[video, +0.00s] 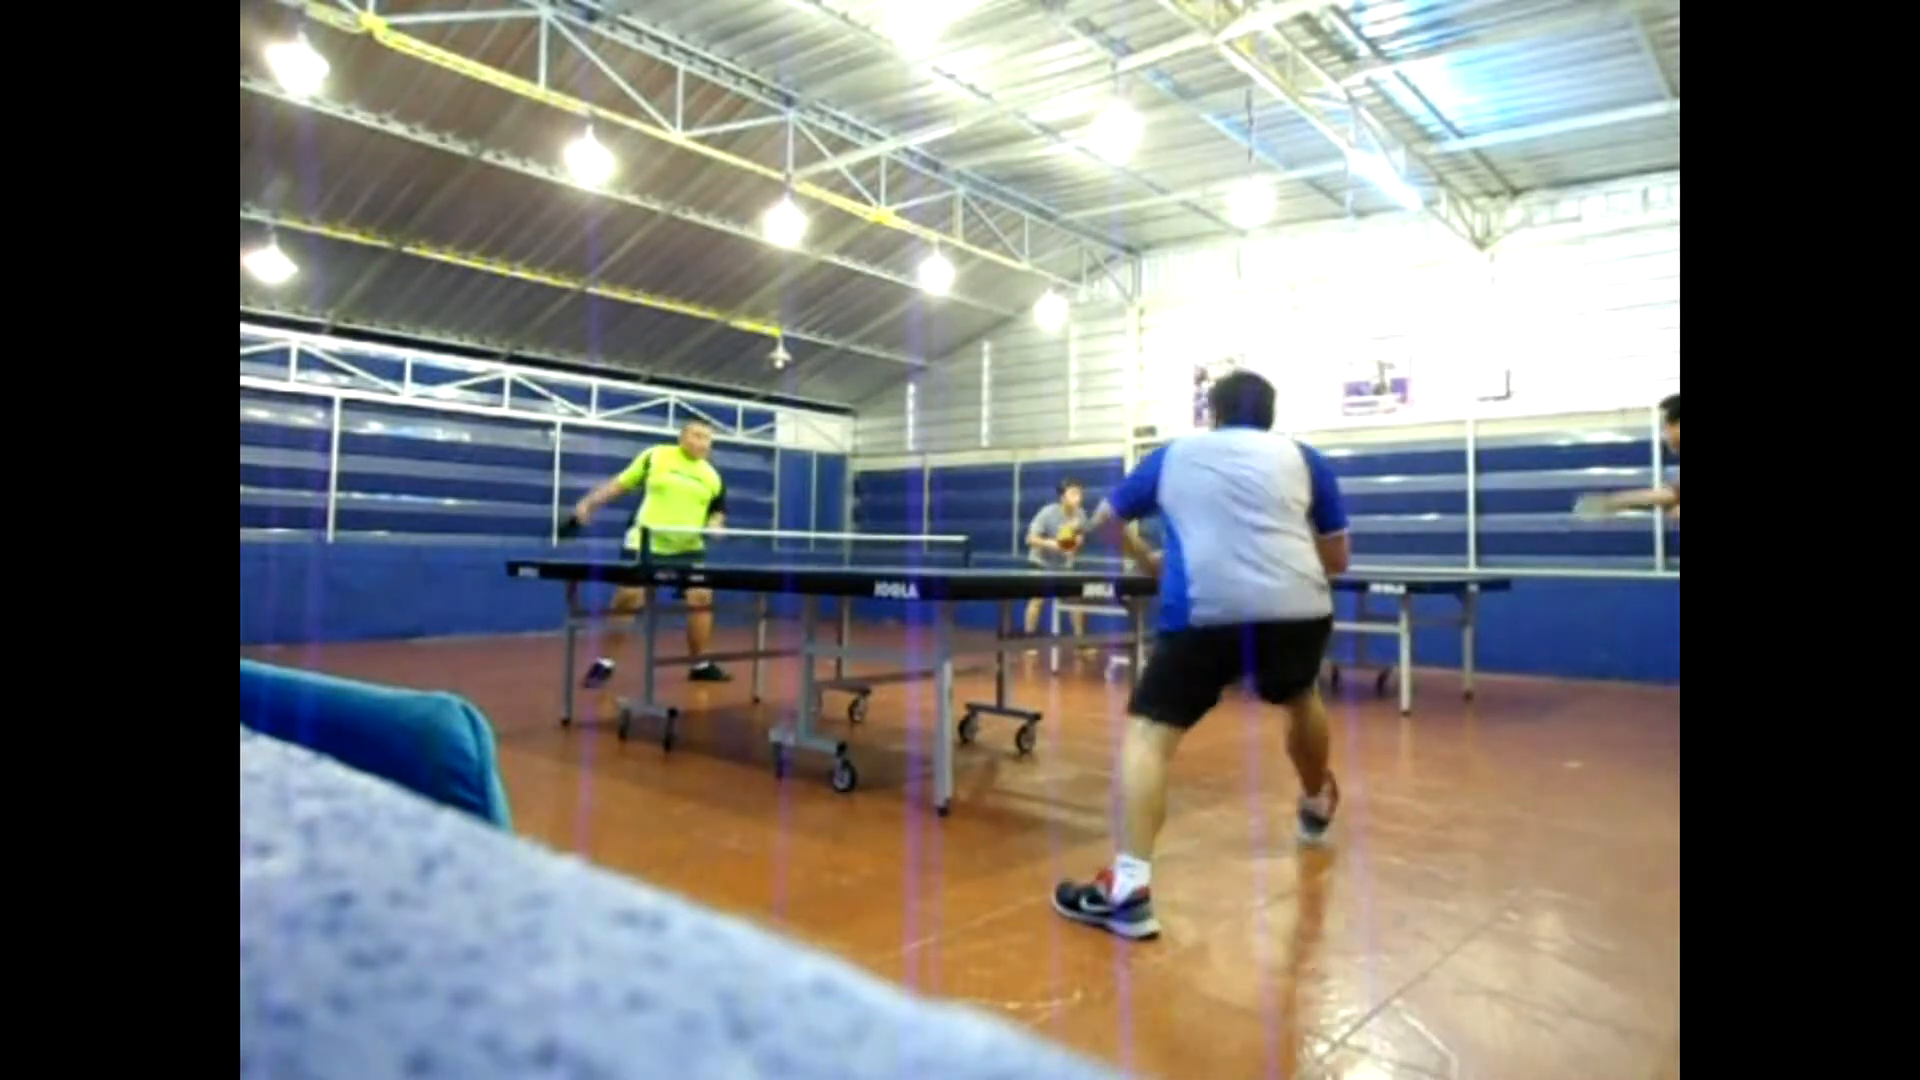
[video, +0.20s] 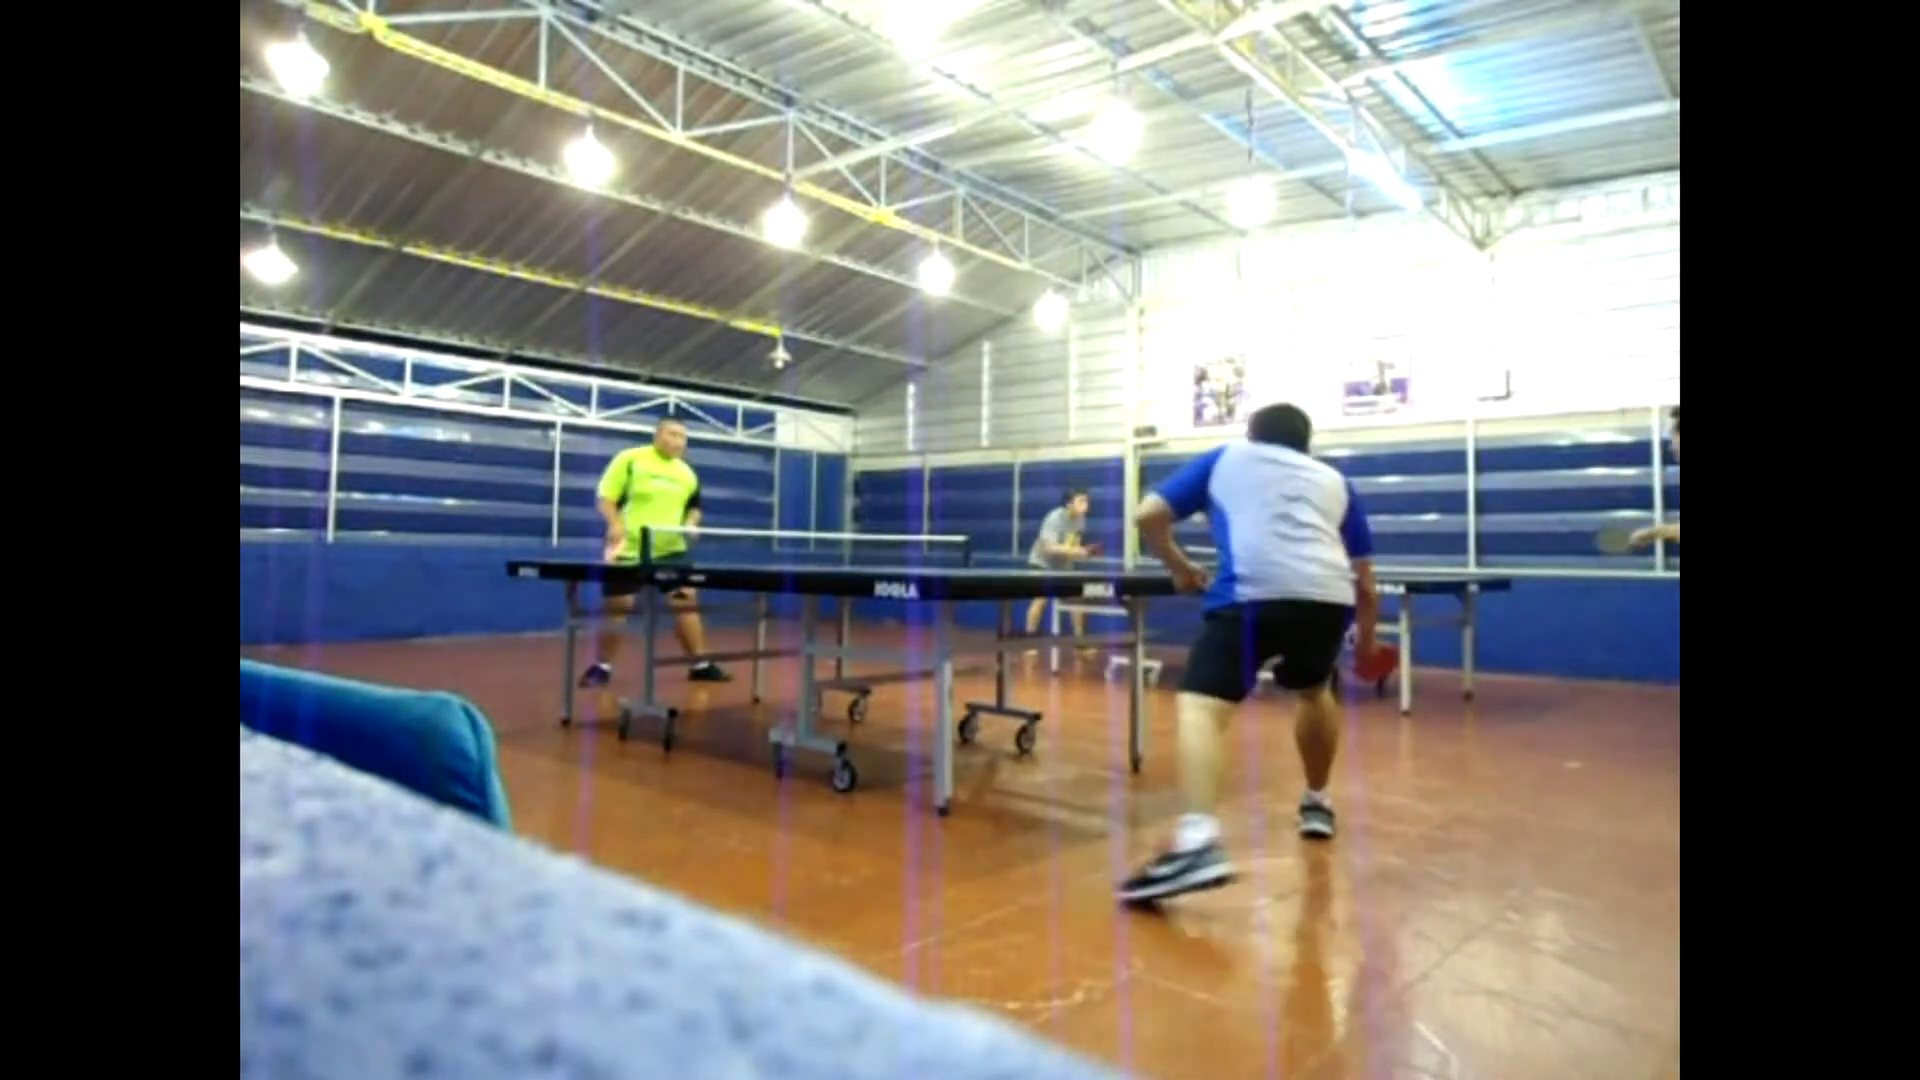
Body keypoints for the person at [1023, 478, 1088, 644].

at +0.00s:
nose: (1076, 498)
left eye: (1078, 493)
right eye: (1072, 493)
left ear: (1081, 496)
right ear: (1063, 496)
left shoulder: (1080, 515)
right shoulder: (1048, 513)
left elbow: (1082, 534)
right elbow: (1031, 537)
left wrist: (1075, 543)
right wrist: (1052, 545)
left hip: (1066, 563)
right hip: (1041, 563)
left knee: (1076, 600)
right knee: (1037, 599)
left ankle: (1080, 638)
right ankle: (1029, 636)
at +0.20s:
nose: (1084, 506)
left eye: (1086, 502)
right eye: (1080, 501)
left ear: (1087, 504)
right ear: (1070, 503)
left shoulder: (1079, 519)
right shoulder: (1055, 517)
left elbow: (1073, 544)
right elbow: (1049, 547)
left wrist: (1085, 551)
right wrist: (1078, 551)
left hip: (1065, 564)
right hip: (1042, 564)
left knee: (1077, 600)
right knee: (1041, 597)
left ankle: (1079, 639)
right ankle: (1029, 636)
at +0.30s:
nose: (1087, 502)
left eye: (1088, 498)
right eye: (1083, 498)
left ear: (1089, 501)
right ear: (1072, 499)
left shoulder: (1079, 516)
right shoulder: (1060, 515)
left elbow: (1074, 539)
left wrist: (1077, 551)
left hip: (1065, 562)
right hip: (1044, 563)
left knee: (1076, 600)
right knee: (1042, 598)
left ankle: (1079, 639)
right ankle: (1029, 635)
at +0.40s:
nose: (1089, 496)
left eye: (1090, 492)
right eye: (1085, 491)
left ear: (1091, 495)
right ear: (1075, 493)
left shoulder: (1081, 511)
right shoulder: (1063, 510)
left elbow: (1078, 535)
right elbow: (1074, 530)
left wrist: (1080, 556)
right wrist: (1096, 527)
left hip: (1069, 561)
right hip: (1049, 561)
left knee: (1077, 601)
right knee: (1042, 598)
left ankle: (1079, 638)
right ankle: (1030, 635)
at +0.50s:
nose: (1089, 492)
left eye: (1091, 488)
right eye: (1085, 487)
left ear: (1091, 492)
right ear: (1076, 489)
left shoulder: (1082, 509)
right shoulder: (1064, 505)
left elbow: (1079, 529)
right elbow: (1069, 526)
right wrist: (1091, 522)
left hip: (1072, 560)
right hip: (1051, 559)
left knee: (1077, 600)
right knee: (1042, 596)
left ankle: (1079, 638)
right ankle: (1029, 633)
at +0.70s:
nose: (1086, 491)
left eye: (1088, 487)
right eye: (1082, 486)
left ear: (1089, 491)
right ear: (1072, 488)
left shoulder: (1083, 509)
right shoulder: (1057, 506)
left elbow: (1083, 529)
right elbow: (1049, 530)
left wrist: (1080, 533)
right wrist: (1068, 531)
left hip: (1071, 560)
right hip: (1049, 558)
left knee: (1076, 600)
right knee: (1041, 597)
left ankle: (1079, 638)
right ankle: (1028, 634)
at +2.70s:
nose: (1066, 485)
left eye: (1069, 480)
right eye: (1063, 480)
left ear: (1072, 484)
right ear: (1054, 483)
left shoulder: (1073, 504)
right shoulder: (1041, 503)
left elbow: (1078, 527)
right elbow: (1032, 530)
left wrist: (1081, 544)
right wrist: (1051, 537)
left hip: (1068, 560)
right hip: (1046, 559)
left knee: (1068, 601)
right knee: (1036, 598)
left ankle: (1069, 638)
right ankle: (1027, 634)